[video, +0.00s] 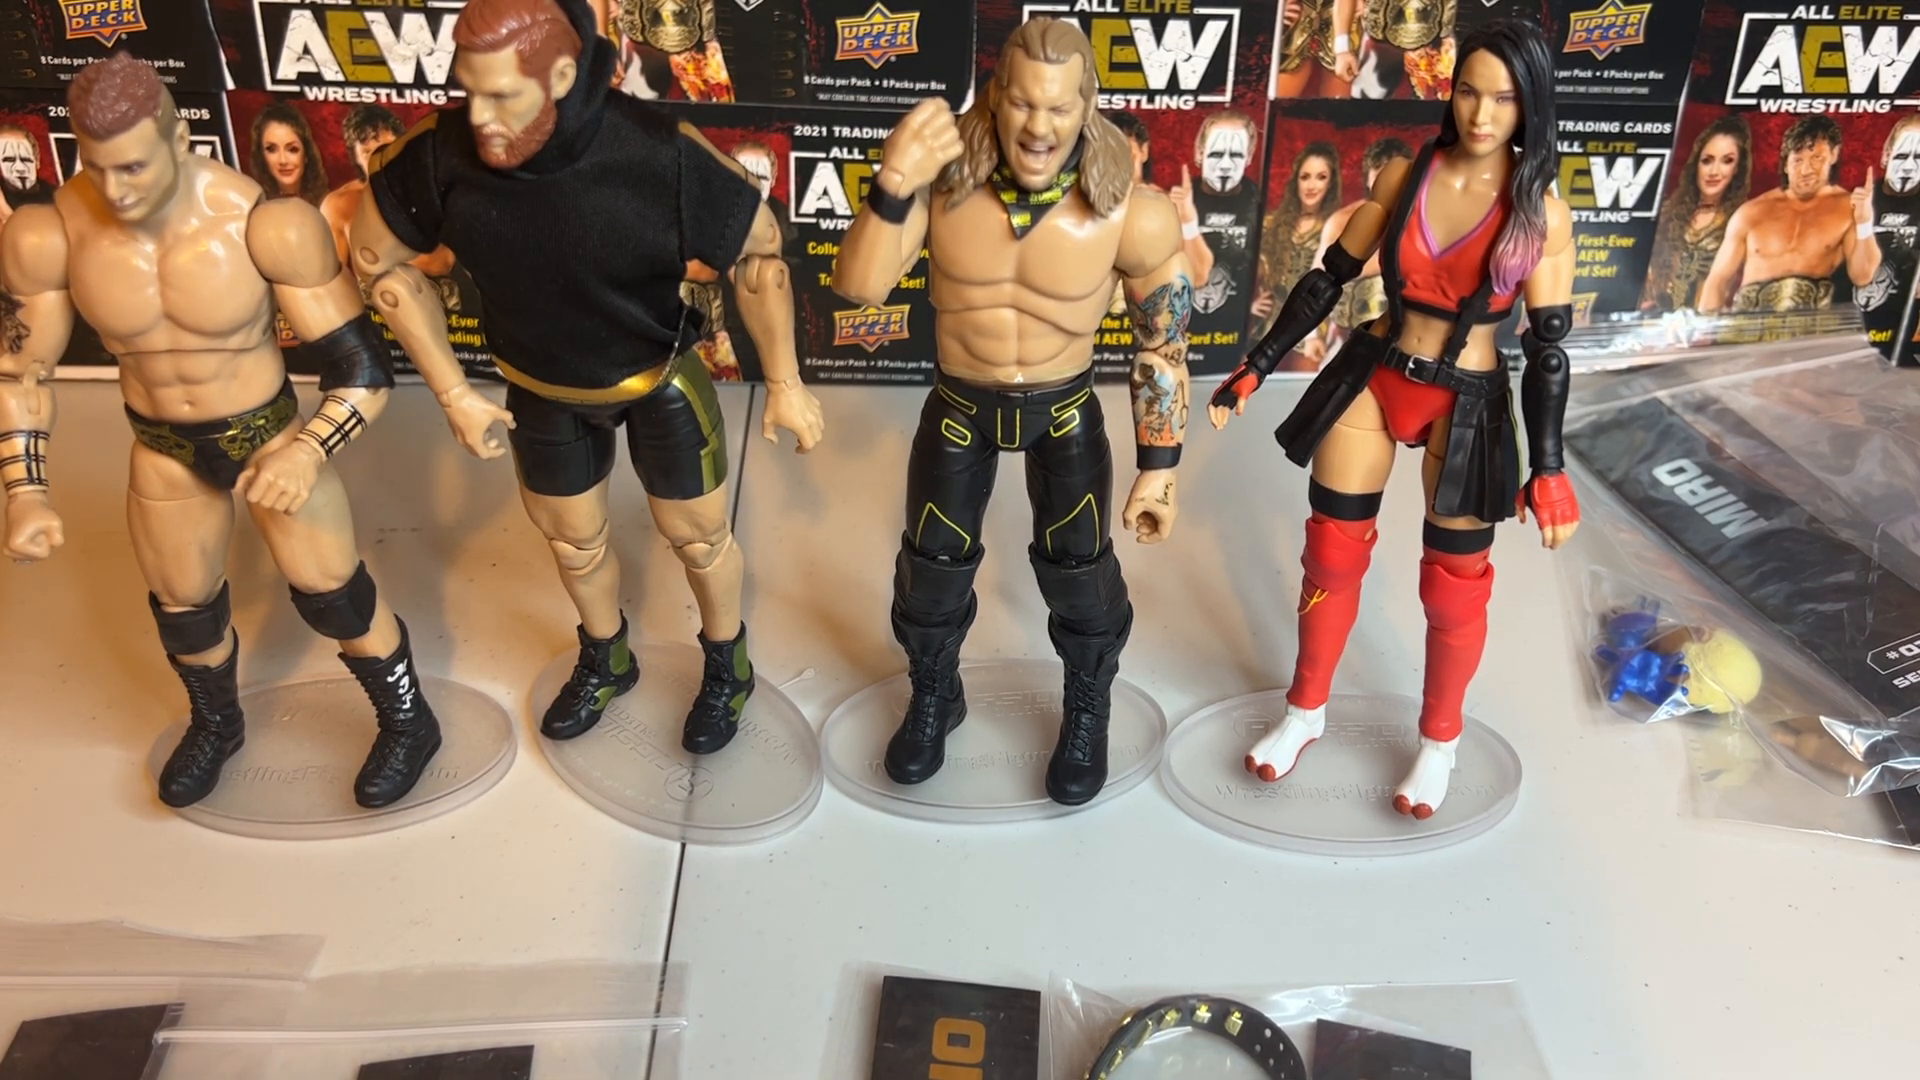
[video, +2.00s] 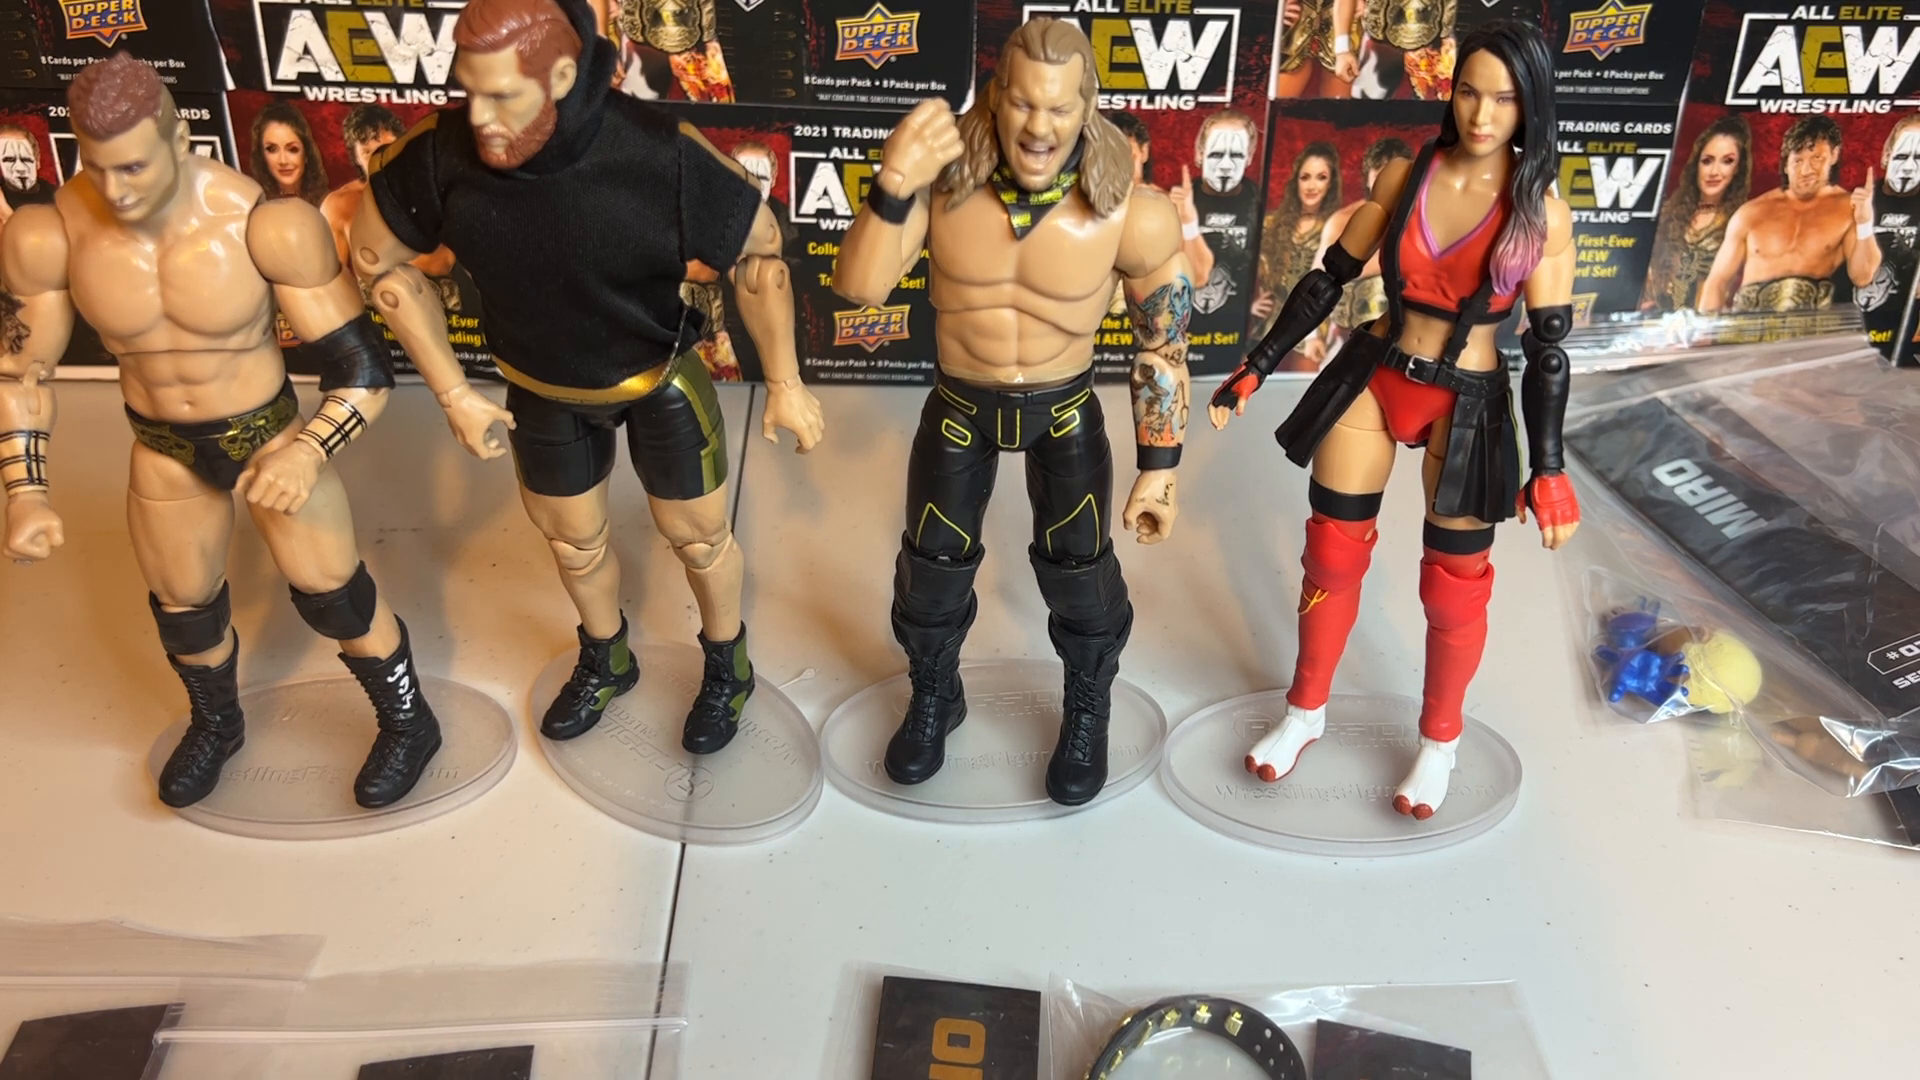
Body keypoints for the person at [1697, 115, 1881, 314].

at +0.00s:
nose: (1806, 169)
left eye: (1817, 158)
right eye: (1797, 160)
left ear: (1834, 156)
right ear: (1785, 163)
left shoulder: (1847, 206)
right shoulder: (1750, 212)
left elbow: (1861, 277)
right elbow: (1718, 281)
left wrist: (1864, 223)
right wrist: (1704, 335)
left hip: (1810, 315)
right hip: (1748, 312)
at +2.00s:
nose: (1806, 170)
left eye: (1817, 158)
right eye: (1797, 160)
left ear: (1834, 156)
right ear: (1785, 163)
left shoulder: (1848, 207)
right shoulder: (1750, 213)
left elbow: (1862, 277)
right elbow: (1718, 282)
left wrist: (1864, 224)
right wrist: (1704, 336)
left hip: (1810, 316)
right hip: (1749, 314)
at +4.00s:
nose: (1806, 169)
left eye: (1817, 158)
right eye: (1798, 160)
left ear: (1834, 156)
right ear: (1785, 163)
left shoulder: (1848, 207)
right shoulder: (1751, 212)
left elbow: (1862, 277)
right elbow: (1718, 281)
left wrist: (1864, 223)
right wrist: (1704, 335)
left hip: (1810, 315)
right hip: (1749, 312)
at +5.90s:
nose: (1806, 169)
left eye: (1816, 158)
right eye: (1797, 160)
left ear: (1834, 156)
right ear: (1785, 163)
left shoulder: (1848, 206)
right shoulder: (1750, 212)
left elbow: (1862, 277)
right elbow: (1718, 281)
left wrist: (1864, 222)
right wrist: (1703, 335)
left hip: (1810, 315)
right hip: (1749, 312)